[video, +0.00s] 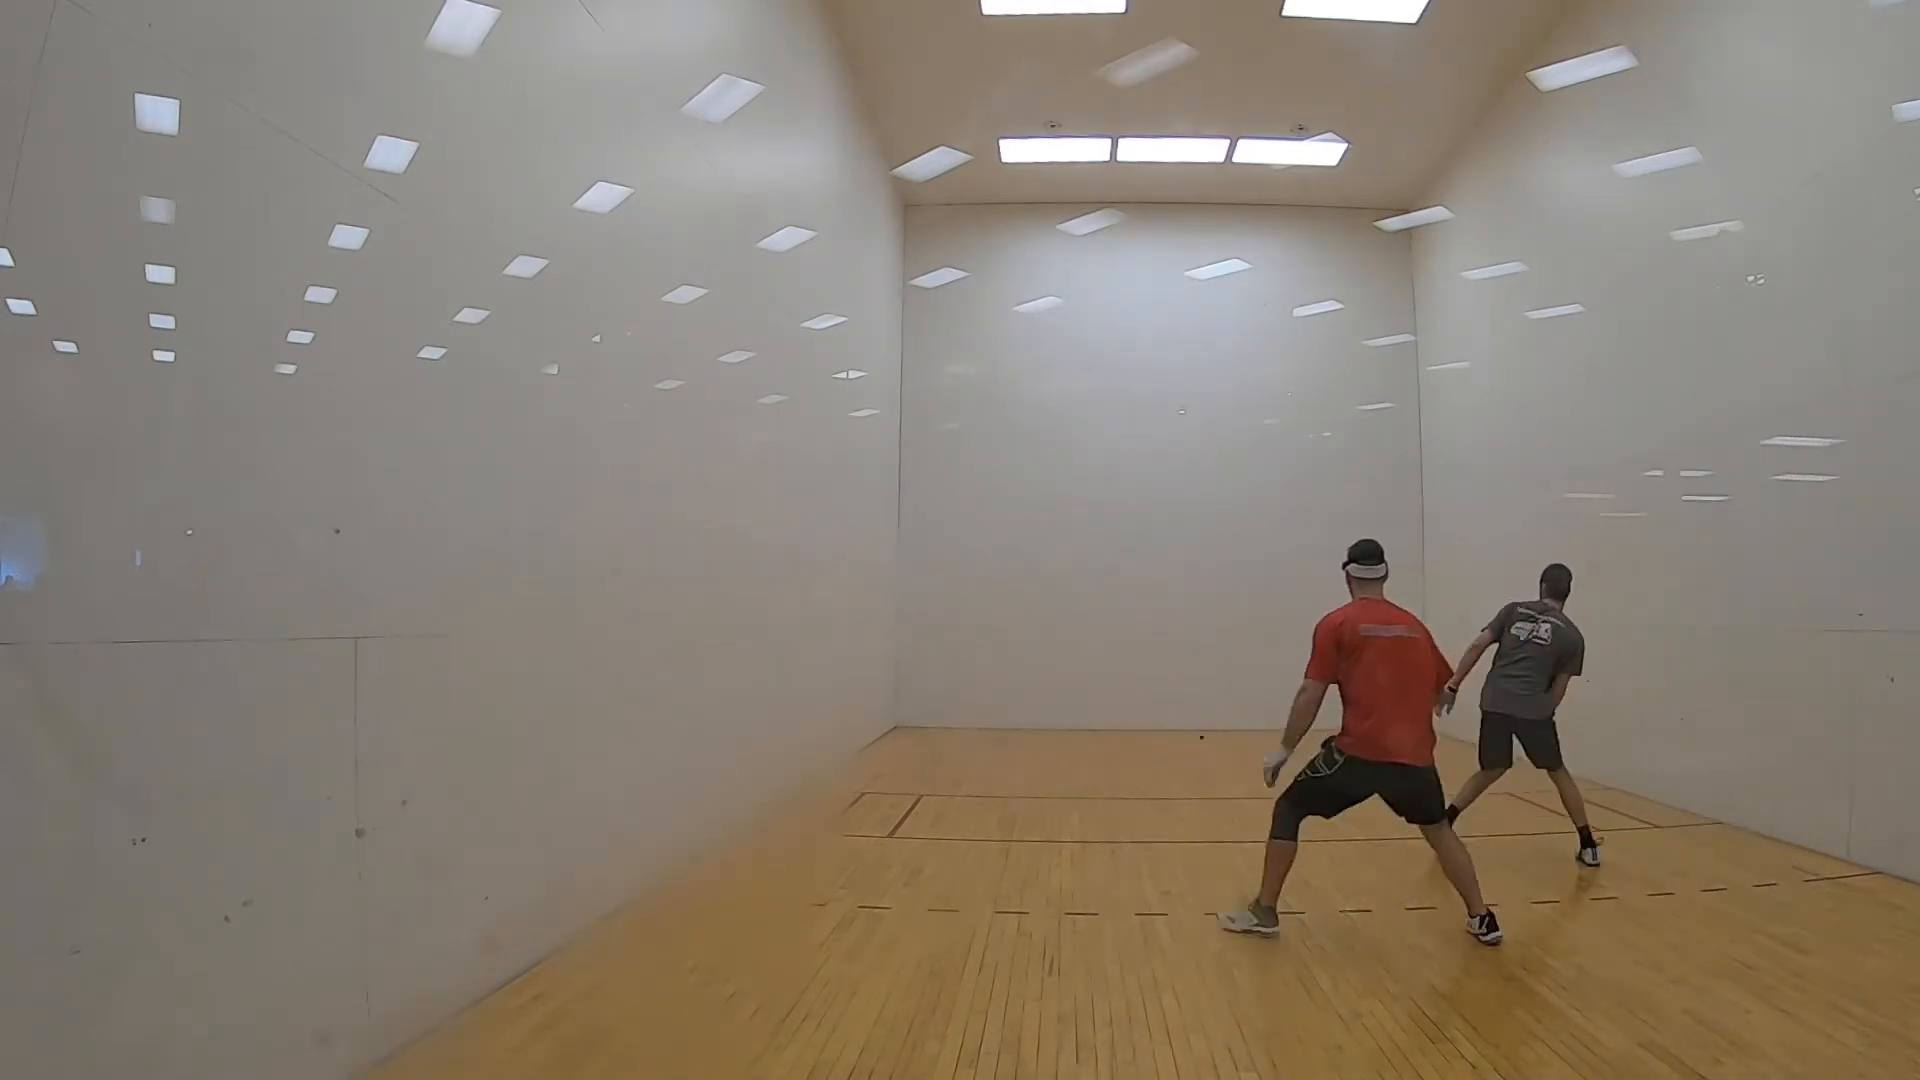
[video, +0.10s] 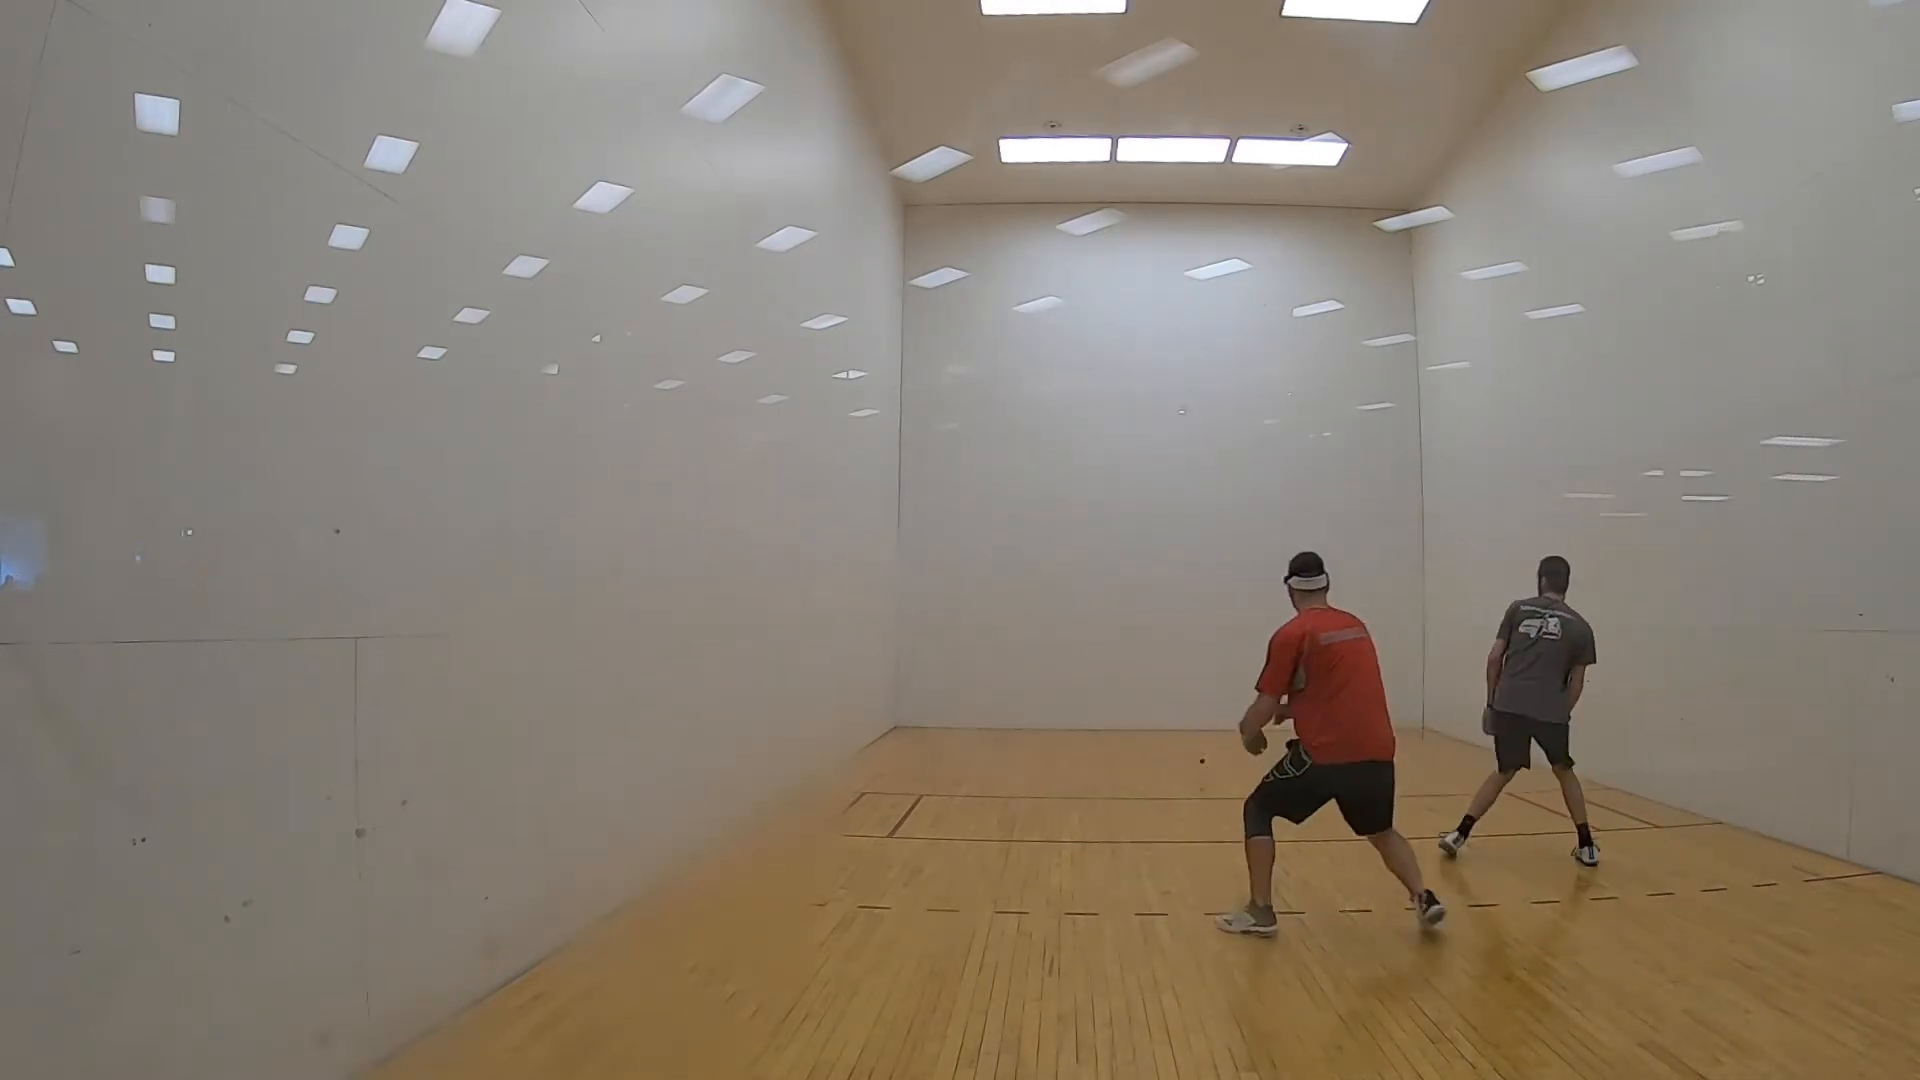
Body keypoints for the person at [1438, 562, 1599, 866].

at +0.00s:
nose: (1549, 592)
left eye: (1544, 586)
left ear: (1541, 587)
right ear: (1569, 593)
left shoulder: (1513, 611)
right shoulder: (1572, 637)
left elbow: (1478, 645)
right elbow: (1558, 690)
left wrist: (1452, 686)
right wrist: (1539, 718)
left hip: (1494, 707)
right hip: (1534, 714)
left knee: (1494, 766)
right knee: (1559, 772)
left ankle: (1446, 818)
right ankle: (1587, 845)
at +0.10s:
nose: (1541, 586)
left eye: (1539, 580)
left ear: (1540, 581)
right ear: (1568, 584)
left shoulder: (1518, 609)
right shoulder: (1580, 627)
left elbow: (1495, 657)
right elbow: (1577, 683)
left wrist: (1490, 703)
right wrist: (1561, 715)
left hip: (1508, 707)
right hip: (1550, 715)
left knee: (1504, 770)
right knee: (1564, 769)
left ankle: (1459, 834)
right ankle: (1586, 845)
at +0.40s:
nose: (1502, 569)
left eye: (1504, 563)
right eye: (1502, 563)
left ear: (1518, 561)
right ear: (1533, 562)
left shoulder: (1508, 594)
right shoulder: (1567, 601)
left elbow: (1501, 644)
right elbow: (1585, 655)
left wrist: (1481, 686)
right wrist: (1578, 699)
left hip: (1514, 697)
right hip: (1556, 700)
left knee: (1480, 760)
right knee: (1563, 765)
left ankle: (1460, 838)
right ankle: (1587, 842)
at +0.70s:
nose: (1456, 567)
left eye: (1456, 561)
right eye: (1456, 561)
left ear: (1464, 559)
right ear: (1487, 558)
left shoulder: (1459, 591)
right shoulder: (1517, 594)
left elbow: (1449, 643)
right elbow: (1532, 654)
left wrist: (1438, 691)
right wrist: (1525, 692)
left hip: (1477, 699)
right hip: (1518, 698)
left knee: (1460, 770)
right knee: (1536, 766)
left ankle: (1469, 853)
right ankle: (1562, 843)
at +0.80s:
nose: (1447, 552)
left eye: (1447, 547)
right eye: (1449, 547)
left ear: (1452, 546)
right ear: (1479, 545)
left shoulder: (1449, 576)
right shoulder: (1506, 582)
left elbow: (1443, 626)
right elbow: (1520, 640)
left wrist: (1430, 674)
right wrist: (1509, 675)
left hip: (1466, 681)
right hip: (1506, 681)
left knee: (1450, 758)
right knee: (1506, 759)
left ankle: (1456, 847)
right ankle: (1524, 841)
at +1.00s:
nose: (1439, 569)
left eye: (1438, 564)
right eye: (1449, 562)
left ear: (1438, 564)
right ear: (1468, 564)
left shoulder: (1424, 603)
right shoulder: (1491, 608)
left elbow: (1404, 651)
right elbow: (1507, 664)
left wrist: (1388, 693)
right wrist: (1476, 664)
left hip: (1436, 709)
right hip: (1478, 712)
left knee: (1409, 782)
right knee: (1466, 782)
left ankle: (1411, 846)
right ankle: (1481, 862)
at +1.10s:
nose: (1439, 593)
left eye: (1436, 587)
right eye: (1454, 588)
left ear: (1431, 591)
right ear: (1463, 592)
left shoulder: (1411, 631)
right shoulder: (1478, 635)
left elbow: (1381, 681)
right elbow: (1505, 686)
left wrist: (1379, 709)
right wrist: (1526, 666)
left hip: (1417, 736)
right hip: (1462, 737)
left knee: (1406, 809)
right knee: (1457, 786)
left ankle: (1413, 884)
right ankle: (1471, 859)